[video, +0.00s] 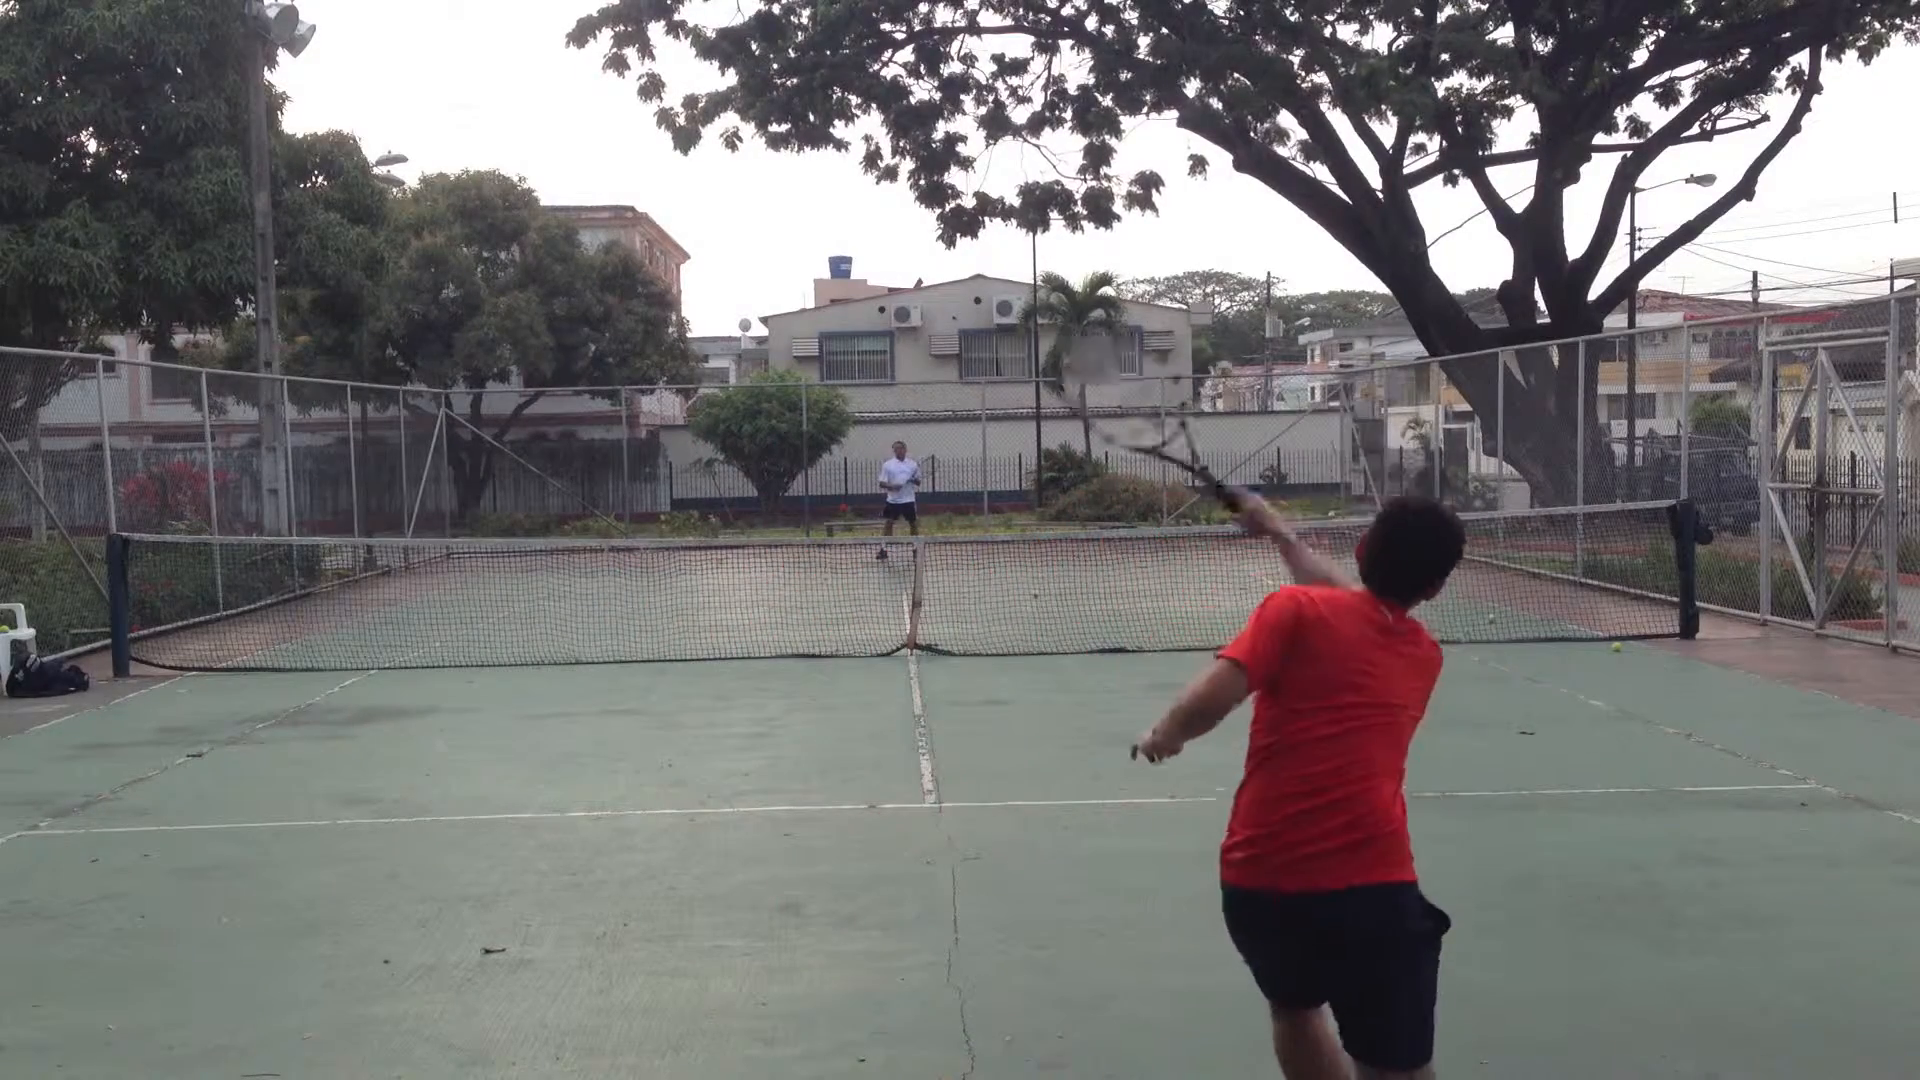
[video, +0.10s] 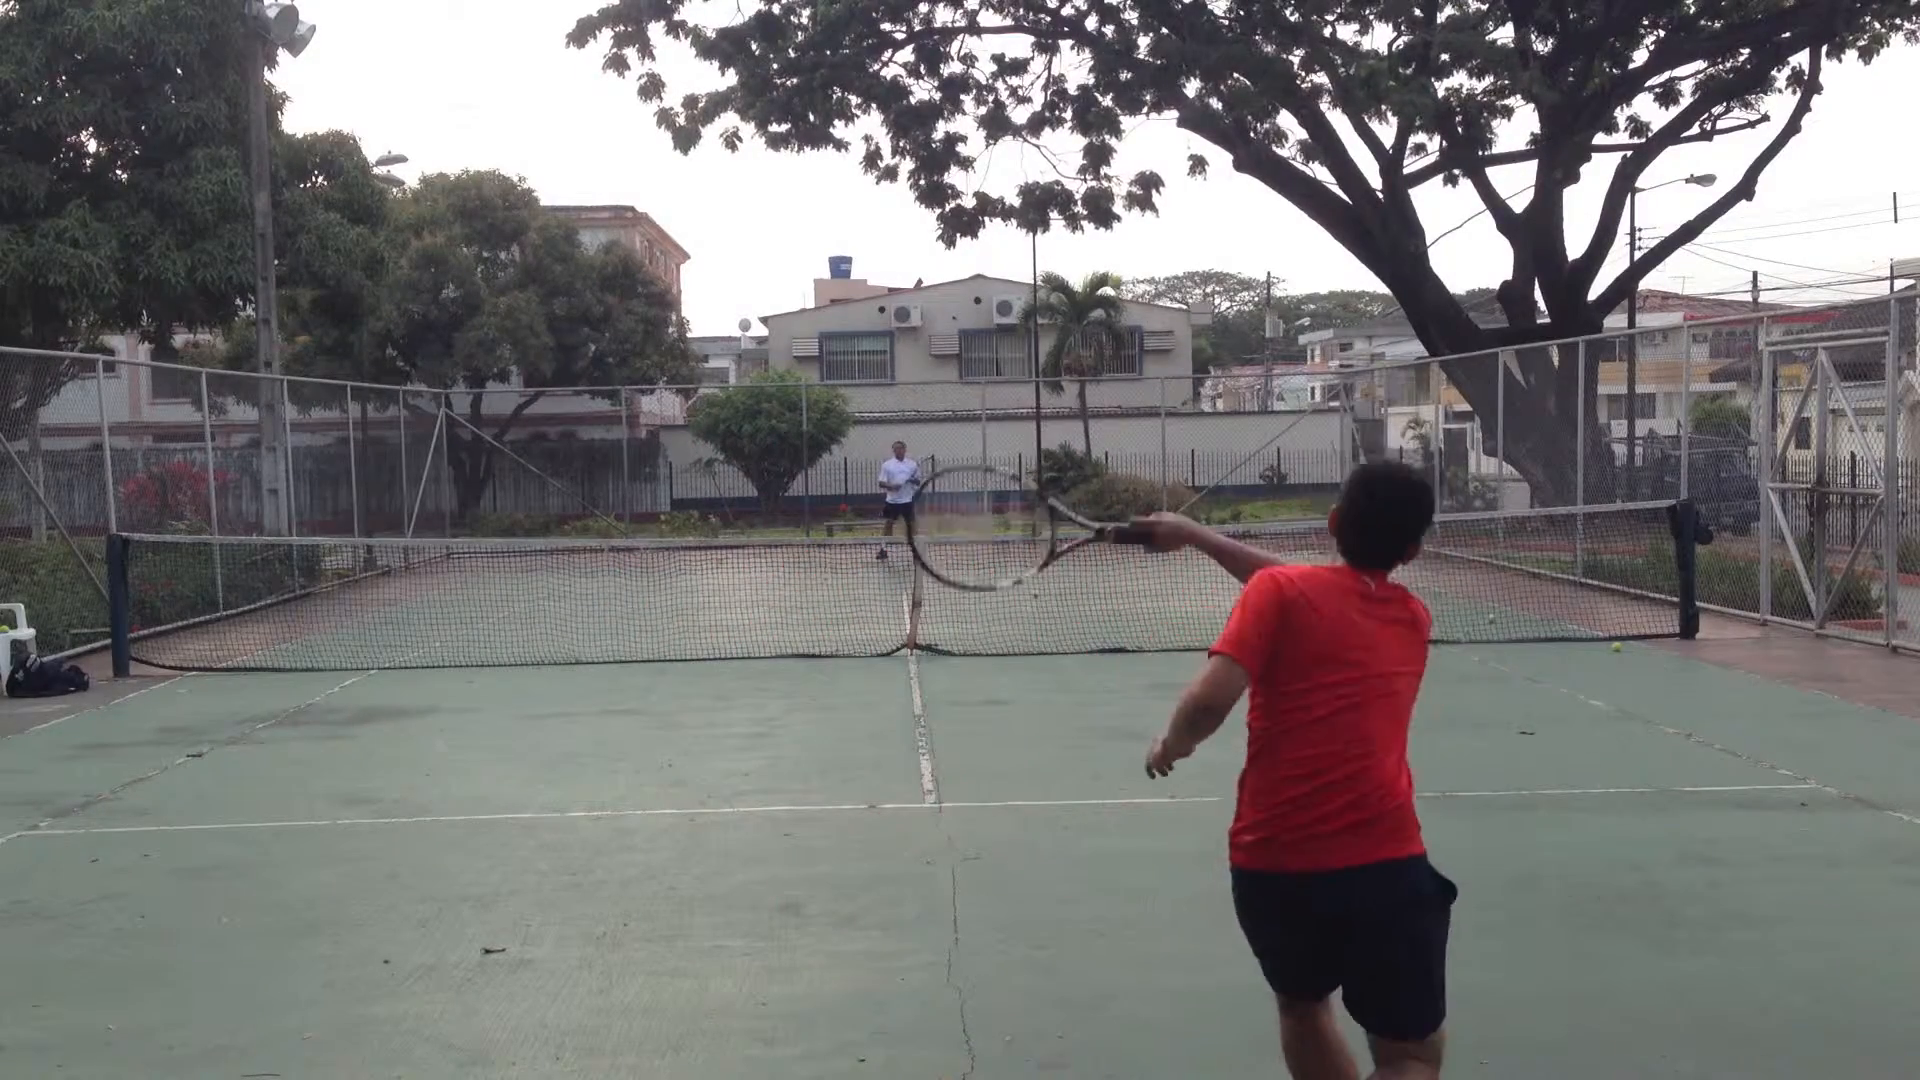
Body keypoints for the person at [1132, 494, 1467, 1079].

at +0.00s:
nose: (1359, 536)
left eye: (1366, 532)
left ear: (1362, 547)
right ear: (1433, 586)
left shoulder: (1293, 608)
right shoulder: (1424, 653)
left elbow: (1209, 699)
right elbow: (1348, 595)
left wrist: (1163, 738)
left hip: (1263, 887)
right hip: (1375, 892)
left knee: (1297, 1011)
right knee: (1395, 1066)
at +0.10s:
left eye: (1336, 506)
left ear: (1333, 521)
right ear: (1413, 549)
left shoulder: (1277, 590)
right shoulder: (1413, 618)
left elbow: (1207, 703)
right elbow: (1304, 584)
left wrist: (1172, 747)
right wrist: (1191, 533)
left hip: (1275, 873)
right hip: (1386, 873)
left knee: (1305, 1008)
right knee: (1409, 1055)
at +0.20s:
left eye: (1306, 475)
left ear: (1305, 491)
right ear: (1387, 508)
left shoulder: (1257, 571)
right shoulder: (1395, 584)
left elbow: (1212, 691)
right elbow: (1273, 601)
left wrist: (1167, 752)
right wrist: (1146, 607)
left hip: (1277, 851)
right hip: (1386, 847)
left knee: (1309, 1006)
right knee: (1400, 1031)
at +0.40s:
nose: (1235, 463)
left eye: (1238, 453)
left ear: (1240, 470)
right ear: (1323, 473)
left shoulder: (1223, 563)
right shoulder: (1349, 562)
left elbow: (1219, 703)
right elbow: (1308, 696)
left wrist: (1159, 780)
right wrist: (1193, 764)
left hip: (1265, 850)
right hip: (1370, 842)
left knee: (1255, 1014)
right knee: (1347, 1032)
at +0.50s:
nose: (1211, 466)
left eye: (1212, 455)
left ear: (1216, 472)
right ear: (1300, 472)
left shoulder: (1203, 569)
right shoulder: (1341, 564)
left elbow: (1211, 708)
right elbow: (1319, 710)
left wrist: (1146, 777)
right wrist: (1211, 773)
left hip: (1243, 850)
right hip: (1350, 842)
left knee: (1194, 994)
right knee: (1321, 1030)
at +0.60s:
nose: (1188, 443)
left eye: (1190, 433)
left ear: (1195, 449)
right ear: (1277, 447)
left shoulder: (1180, 549)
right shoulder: (1327, 545)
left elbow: (1183, 691)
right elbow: (1350, 697)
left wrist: (1135, 757)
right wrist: (1188, 762)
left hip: (1213, 838)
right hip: (1324, 835)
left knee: (1145, 996)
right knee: (1307, 1026)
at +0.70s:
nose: (1164, 426)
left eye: (1165, 417)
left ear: (1172, 433)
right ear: (1258, 433)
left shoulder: (1153, 539)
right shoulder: (1316, 534)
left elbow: (1147, 686)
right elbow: (1343, 686)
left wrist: (1115, 729)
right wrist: (1252, 705)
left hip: (1178, 833)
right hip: (1293, 833)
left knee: (1101, 1010)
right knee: (1289, 1026)